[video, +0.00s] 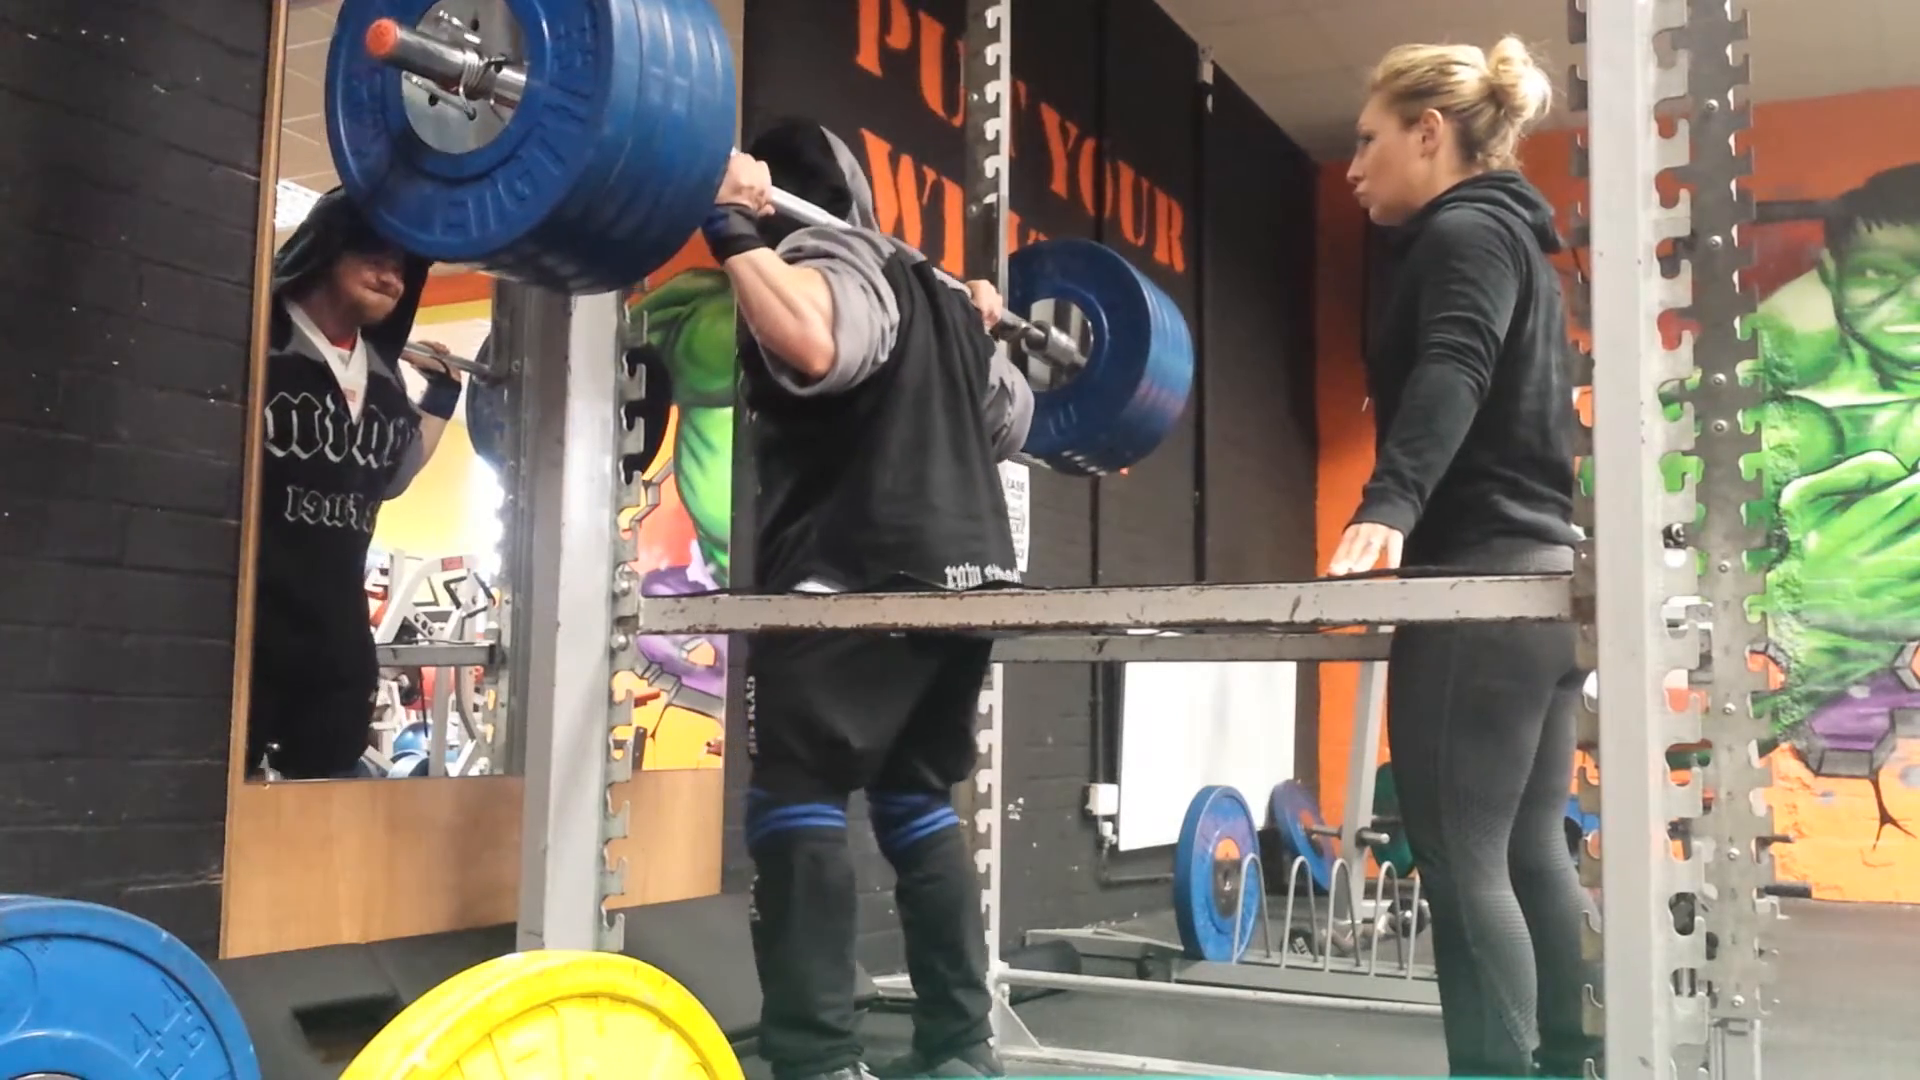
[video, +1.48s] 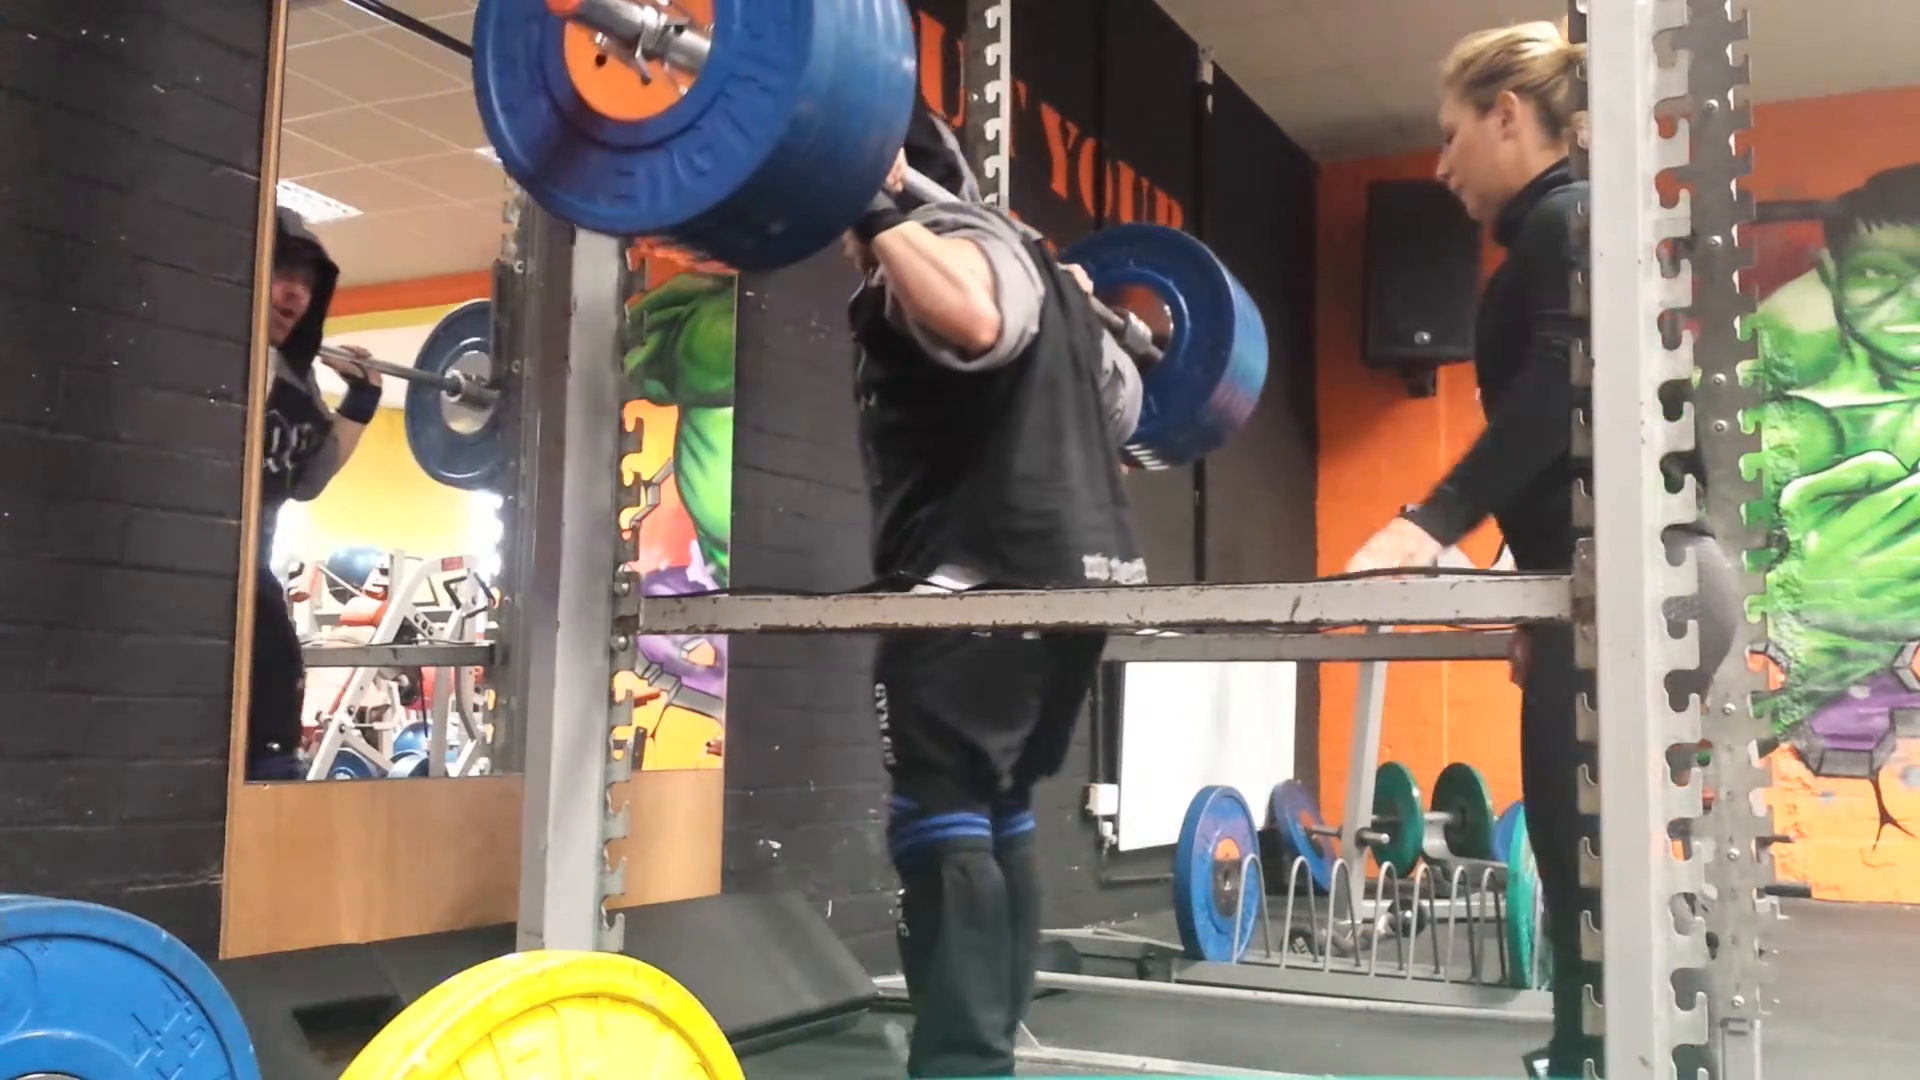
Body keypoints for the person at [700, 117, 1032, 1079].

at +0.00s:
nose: (742, 228)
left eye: (751, 207)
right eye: (736, 209)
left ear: (785, 200)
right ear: (855, 192)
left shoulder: (824, 253)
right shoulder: (933, 288)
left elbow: (812, 345)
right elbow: (1013, 415)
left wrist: (736, 228)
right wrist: (986, 329)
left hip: (850, 573)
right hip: (968, 572)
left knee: (797, 790)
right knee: (917, 793)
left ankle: (809, 1044)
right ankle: (959, 1042)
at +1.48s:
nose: (851, 196)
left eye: (852, 177)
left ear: (879, 168)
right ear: (947, 156)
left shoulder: (941, 227)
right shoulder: (1038, 257)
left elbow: (975, 322)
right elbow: (1122, 392)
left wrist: (875, 211)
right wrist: (1125, 326)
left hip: (981, 567)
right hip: (1080, 564)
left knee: (940, 805)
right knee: (1002, 801)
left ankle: (960, 1057)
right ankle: (988, 1037)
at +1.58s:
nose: (862, 230)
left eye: (870, 208)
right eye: (861, 215)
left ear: (909, 173)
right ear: (977, 163)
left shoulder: (964, 226)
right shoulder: (1058, 257)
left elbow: (993, 311)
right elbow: (1135, 390)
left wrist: (892, 195)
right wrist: (1132, 324)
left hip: (989, 569)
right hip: (1092, 565)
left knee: (946, 807)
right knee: (1012, 791)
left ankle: (960, 1060)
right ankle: (1074, 1027)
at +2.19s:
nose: (976, 228)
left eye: (980, 205)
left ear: (1010, 186)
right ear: (1090, 165)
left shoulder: (1088, 229)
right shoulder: (1165, 244)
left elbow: (1141, 316)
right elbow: (1255, 368)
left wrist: (1050, 224)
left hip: (1113, 560)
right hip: (1219, 559)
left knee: (1020, 777)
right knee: (1156, 801)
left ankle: (1075, 1055)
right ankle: (1179, 1061)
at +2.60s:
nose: (1015, 241)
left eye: (1019, 219)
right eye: (1005, 227)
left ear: (1061, 193)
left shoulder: (1181, 221)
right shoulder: (1101, 271)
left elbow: (1217, 306)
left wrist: (1110, 186)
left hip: (1219, 572)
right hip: (1164, 575)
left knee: (1163, 826)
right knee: (1167, 826)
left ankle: (1220, 1068)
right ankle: (1187, 1061)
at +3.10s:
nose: (1081, 247)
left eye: (1078, 222)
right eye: (1066, 234)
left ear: (1116, 181)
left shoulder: (1240, 208)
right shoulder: (1169, 258)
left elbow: (1282, 295)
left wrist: (1173, 161)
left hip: (1265, 578)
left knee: (1214, 819)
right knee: (1303, 823)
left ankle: (1237, 1065)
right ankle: (1347, 1064)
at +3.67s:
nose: (1108, 259)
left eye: (1111, 232)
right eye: (1095, 241)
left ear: (1161, 193)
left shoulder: (1295, 212)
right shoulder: (1213, 262)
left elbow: (1329, 300)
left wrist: (1225, 179)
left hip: (1315, 588)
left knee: (1259, 829)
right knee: (1333, 833)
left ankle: (1266, 1064)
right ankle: (1351, 1064)